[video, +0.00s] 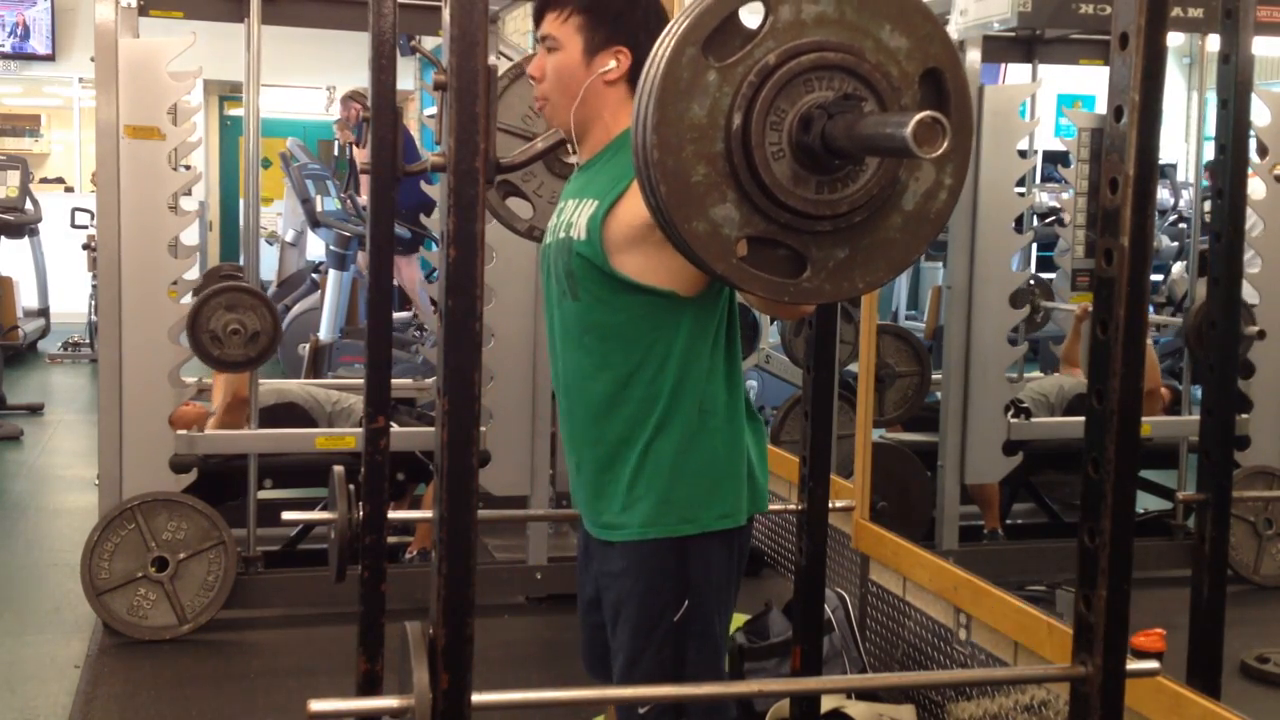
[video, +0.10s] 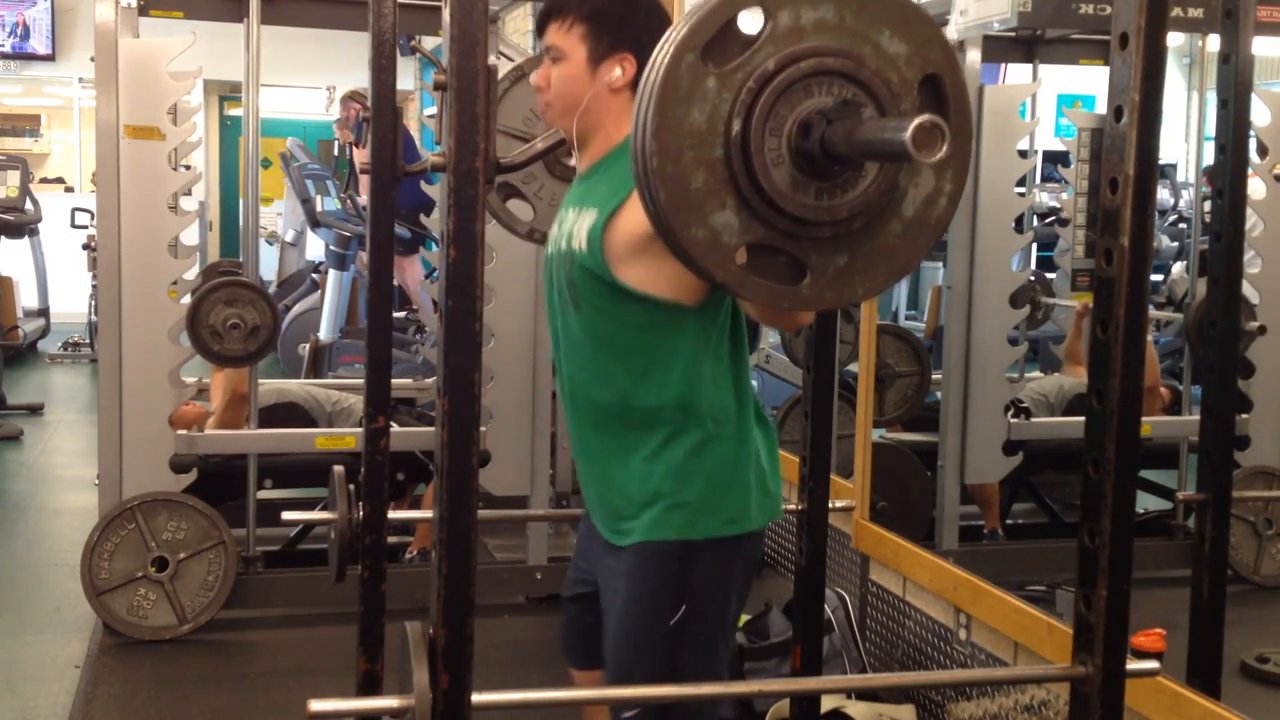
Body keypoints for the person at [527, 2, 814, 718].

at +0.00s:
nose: (531, 69)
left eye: (549, 47)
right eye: (537, 48)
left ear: (612, 64)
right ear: (606, 67)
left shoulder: (649, 197)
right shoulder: (591, 177)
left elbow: (788, 294)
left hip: (676, 517)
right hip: (615, 508)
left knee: (669, 709)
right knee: (620, 700)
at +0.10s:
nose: (536, 78)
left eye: (554, 58)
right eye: (541, 58)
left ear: (617, 71)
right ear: (610, 74)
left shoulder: (656, 197)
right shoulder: (591, 182)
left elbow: (788, 307)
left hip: (687, 514)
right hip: (619, 501)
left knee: (658, 708)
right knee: (593, 671)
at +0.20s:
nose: (540, 110)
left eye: (555, 89)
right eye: (542, 90)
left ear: (619, 103)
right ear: (612, 105)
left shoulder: (654, 228)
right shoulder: (593, 217)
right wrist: (566, 189)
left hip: (701, 523)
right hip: (633, 509)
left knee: (639, 707)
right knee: (574, 658)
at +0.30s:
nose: (535, 168)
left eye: (550, 145)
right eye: (537, 148)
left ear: (616, 153)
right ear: (608, 155)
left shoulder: (649, 270)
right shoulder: (590, 262)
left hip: (720, 551)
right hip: (643, 531)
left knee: (624, 711)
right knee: (557, 654)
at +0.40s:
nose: (529, 215)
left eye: (545, 196)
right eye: (533, 196)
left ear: (609, 205)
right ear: (602, 206)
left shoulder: (648, 320)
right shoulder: (589, 309)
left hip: (736, 576)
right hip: (651, 558)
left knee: (614, 710)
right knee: (547, 663)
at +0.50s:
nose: (526, 263)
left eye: (542, 244)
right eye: (530, 244)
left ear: (602, 254)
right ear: (601, 256)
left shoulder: (651, 359)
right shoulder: (589, 351)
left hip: (737, 607)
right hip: (651, 584)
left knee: (617, 709)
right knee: (534, 666)